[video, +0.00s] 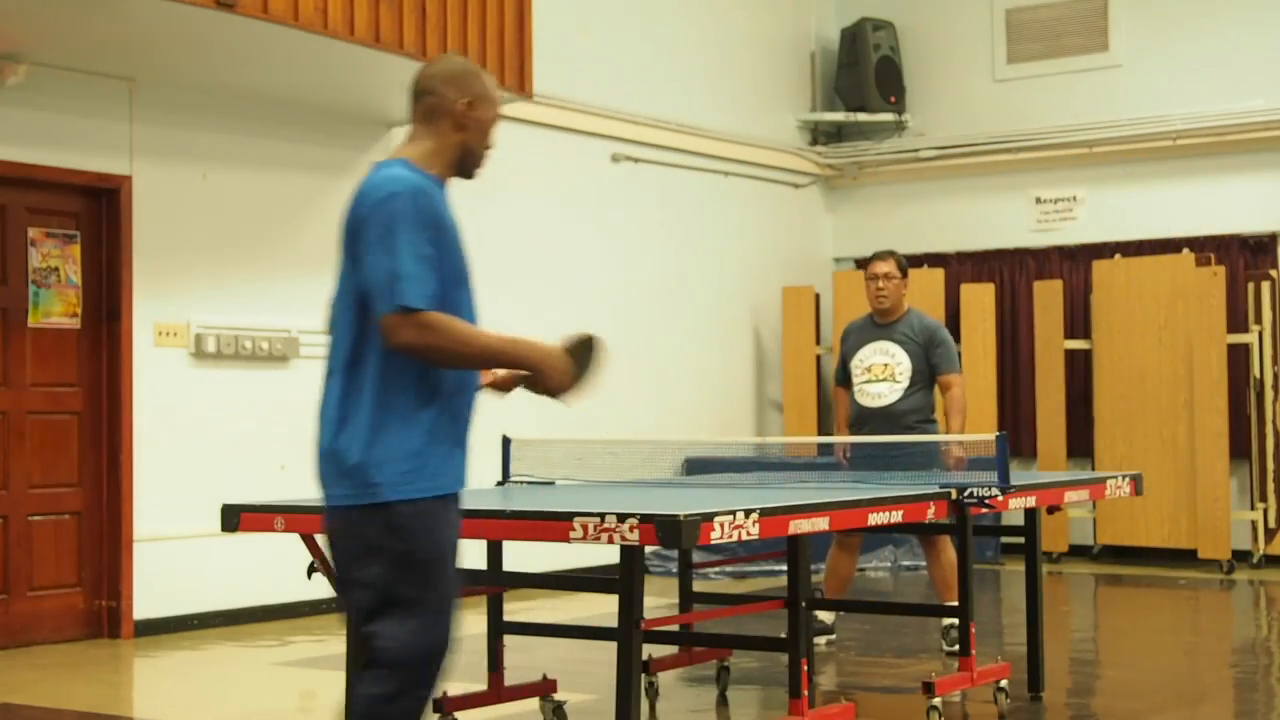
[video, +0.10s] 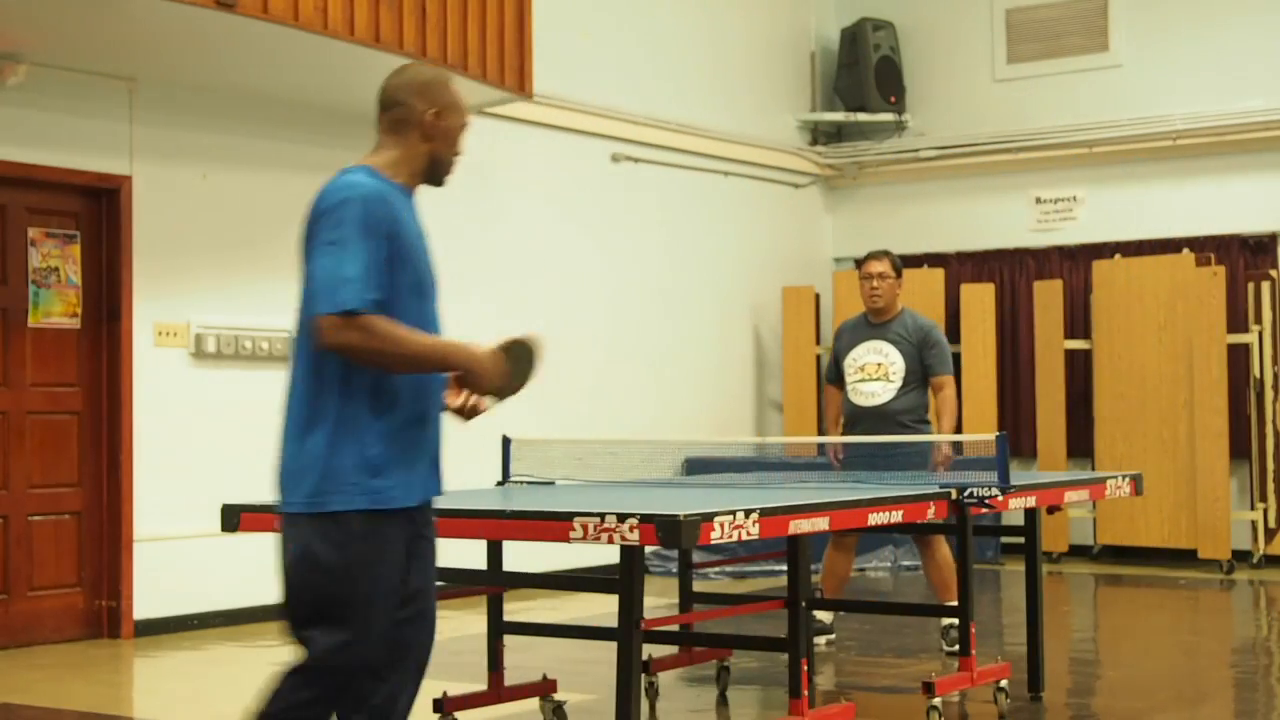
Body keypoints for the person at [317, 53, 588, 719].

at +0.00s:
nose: (493, 138)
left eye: (496, 123)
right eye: (492, 121)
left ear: (440, 112)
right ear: (458, 111)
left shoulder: (406, 191)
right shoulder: (400, 191)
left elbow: (399, 329)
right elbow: (405, 324)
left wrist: (479, 367)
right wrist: (532, 352)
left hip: (403, 478)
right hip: (392, 481)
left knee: (394, 664)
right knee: (400, 665)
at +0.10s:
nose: (465, 139)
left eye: (464, 125)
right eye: (460, 124)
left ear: (416, 121)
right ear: (429, 120)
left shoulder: (392, 203)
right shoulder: (358, 195)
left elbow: (371, 337)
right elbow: (340, 324)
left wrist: (440, 384)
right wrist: (465, 356)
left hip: (395, 493)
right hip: (348, 495)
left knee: (396, 669)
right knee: (348, 668)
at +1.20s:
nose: (340, 173)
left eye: (339, 160)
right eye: (336, 159)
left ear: (274, 161)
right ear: (312, 159)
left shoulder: (205, 229)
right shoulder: (298, 233)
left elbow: (167, 337)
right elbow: (325, 360)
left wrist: (275, 390)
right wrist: (422, 363)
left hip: (153, 464)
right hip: (220, 468)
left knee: (175, 648)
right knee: (286, 634)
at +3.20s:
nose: (396, 241)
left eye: (396, 230)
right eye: (393, 230)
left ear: (321, 229)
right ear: (371, 235)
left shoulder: (240, 273)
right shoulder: (367, 308)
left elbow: (186, 373)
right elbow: (405, 415)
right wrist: (446, 354)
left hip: (162, 495)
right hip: (247, 506)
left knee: (194, 622)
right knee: (361, 638)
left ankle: (152, 713)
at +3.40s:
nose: (402, 224)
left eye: (404, 212)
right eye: (401, 212)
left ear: (330, 209)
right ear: (380, 215)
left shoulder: (256, 255)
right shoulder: (342, 285)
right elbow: (342, 414)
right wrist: (440, 397)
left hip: (158, 467)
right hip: (224, 480)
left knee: (183, 614)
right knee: (314, 625)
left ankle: (146, 714)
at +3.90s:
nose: (326, 197)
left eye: (325, 184)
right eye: (319, 183)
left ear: (260, 180)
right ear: (280, 181)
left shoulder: (185, 234)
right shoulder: (258, 261)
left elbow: (205, 307)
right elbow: (303, 374)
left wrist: (275, 270)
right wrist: (332, 304)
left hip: (129, 473)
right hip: (194, 481)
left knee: (168, 630)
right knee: (260, 642)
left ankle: (133, 717)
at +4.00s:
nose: (319, 197)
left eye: (319, 185)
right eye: (315, 184)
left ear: (247, 182)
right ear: (286, 185)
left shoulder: (170, 238)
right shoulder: (283, 261)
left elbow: (180, 328)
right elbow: (329, 369)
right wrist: (343, 305)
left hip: (117, 474)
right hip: (199, 481)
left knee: (145, 632)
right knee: (275, 637)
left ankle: (127, 717)